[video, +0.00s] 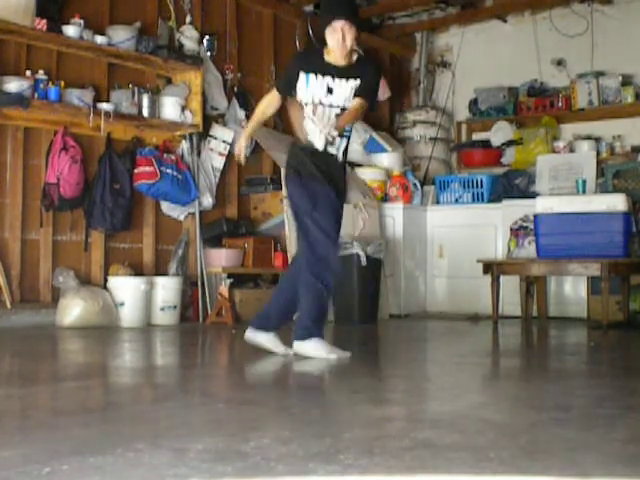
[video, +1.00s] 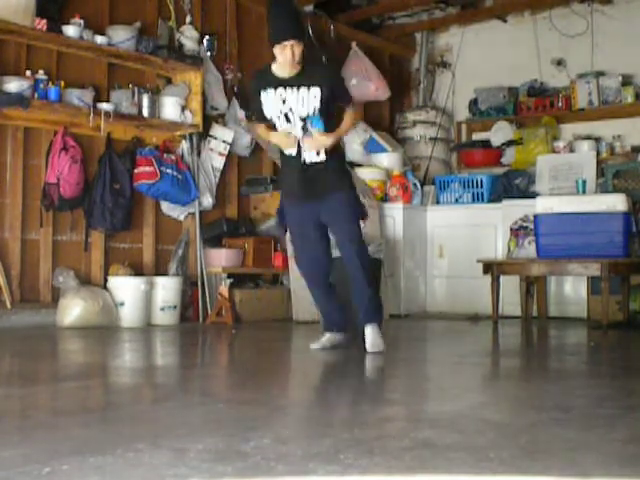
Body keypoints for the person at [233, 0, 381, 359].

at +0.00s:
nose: (345, 34)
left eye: (349, 27)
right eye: (338, 28)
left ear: (357, 32)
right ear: (325, 32)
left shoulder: (366, 68)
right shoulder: (304, 62)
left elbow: (360, 105)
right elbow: (275, 96)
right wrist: (248, 130)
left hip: (335, 169)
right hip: (304, 164)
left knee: (316, 249)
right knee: (322, 246)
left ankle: (263, 326)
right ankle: (307, 336)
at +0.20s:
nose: (331, 38)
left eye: (336, 31)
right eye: (324, 31)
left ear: (343, 37)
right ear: (311, 35)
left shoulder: (357, 79)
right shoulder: (290, 68)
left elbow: (379, 122)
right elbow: (261, 113)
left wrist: (398, 163)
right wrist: (291, 123)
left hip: (329, 182)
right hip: (288, 178)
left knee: (327, 259)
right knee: (287, 244)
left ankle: (325, 333)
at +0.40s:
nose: (306, 35)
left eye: (313, 28)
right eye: (300, 28)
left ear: (323, 29)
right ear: (292, 28)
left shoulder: (338, 61)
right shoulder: (282, 48)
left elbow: (376, 91)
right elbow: (273, 80)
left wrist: (355, 107)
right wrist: (319, 86)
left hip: (308, 175)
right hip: (268, 170)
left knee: (318, 254)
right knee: (246, 240)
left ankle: (330, 324)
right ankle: (258, 292)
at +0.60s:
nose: (294, 60)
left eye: (300, 53)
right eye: (287, 53)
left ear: (311, 53)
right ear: (278, 52)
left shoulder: (322, 89)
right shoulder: (265, 73)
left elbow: (332, 142)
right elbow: (223, 77)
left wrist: (302, 111)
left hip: (301, 192)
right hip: (260, 190)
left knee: (316, 267)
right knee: (253, 265)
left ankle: (327, 331)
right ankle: (227, 332)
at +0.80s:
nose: (297, 49)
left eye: (303, 41)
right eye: (290, 42)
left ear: (310, 38)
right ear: (278, 40)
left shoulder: (318, 57)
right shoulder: (255, 64)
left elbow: (338, 82)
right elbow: (217, 88)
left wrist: (305, 72)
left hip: (324, 171)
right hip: (286, 175)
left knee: (349, 241)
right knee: (290, 249)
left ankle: (340, 313)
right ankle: (265, 314)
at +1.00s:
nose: (290, 52)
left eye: (295, 45)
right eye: (283, 46)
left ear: (304, 43)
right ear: (273, 47)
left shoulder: (325, 73)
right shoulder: (260, 83)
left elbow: (354, 110)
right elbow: (255, 125)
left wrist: (332, 137)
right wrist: (276, 137)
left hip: (333, 183)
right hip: (295, 189)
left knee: (353, 254)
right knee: (310, 265)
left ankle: (371, 324)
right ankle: (335, 328)